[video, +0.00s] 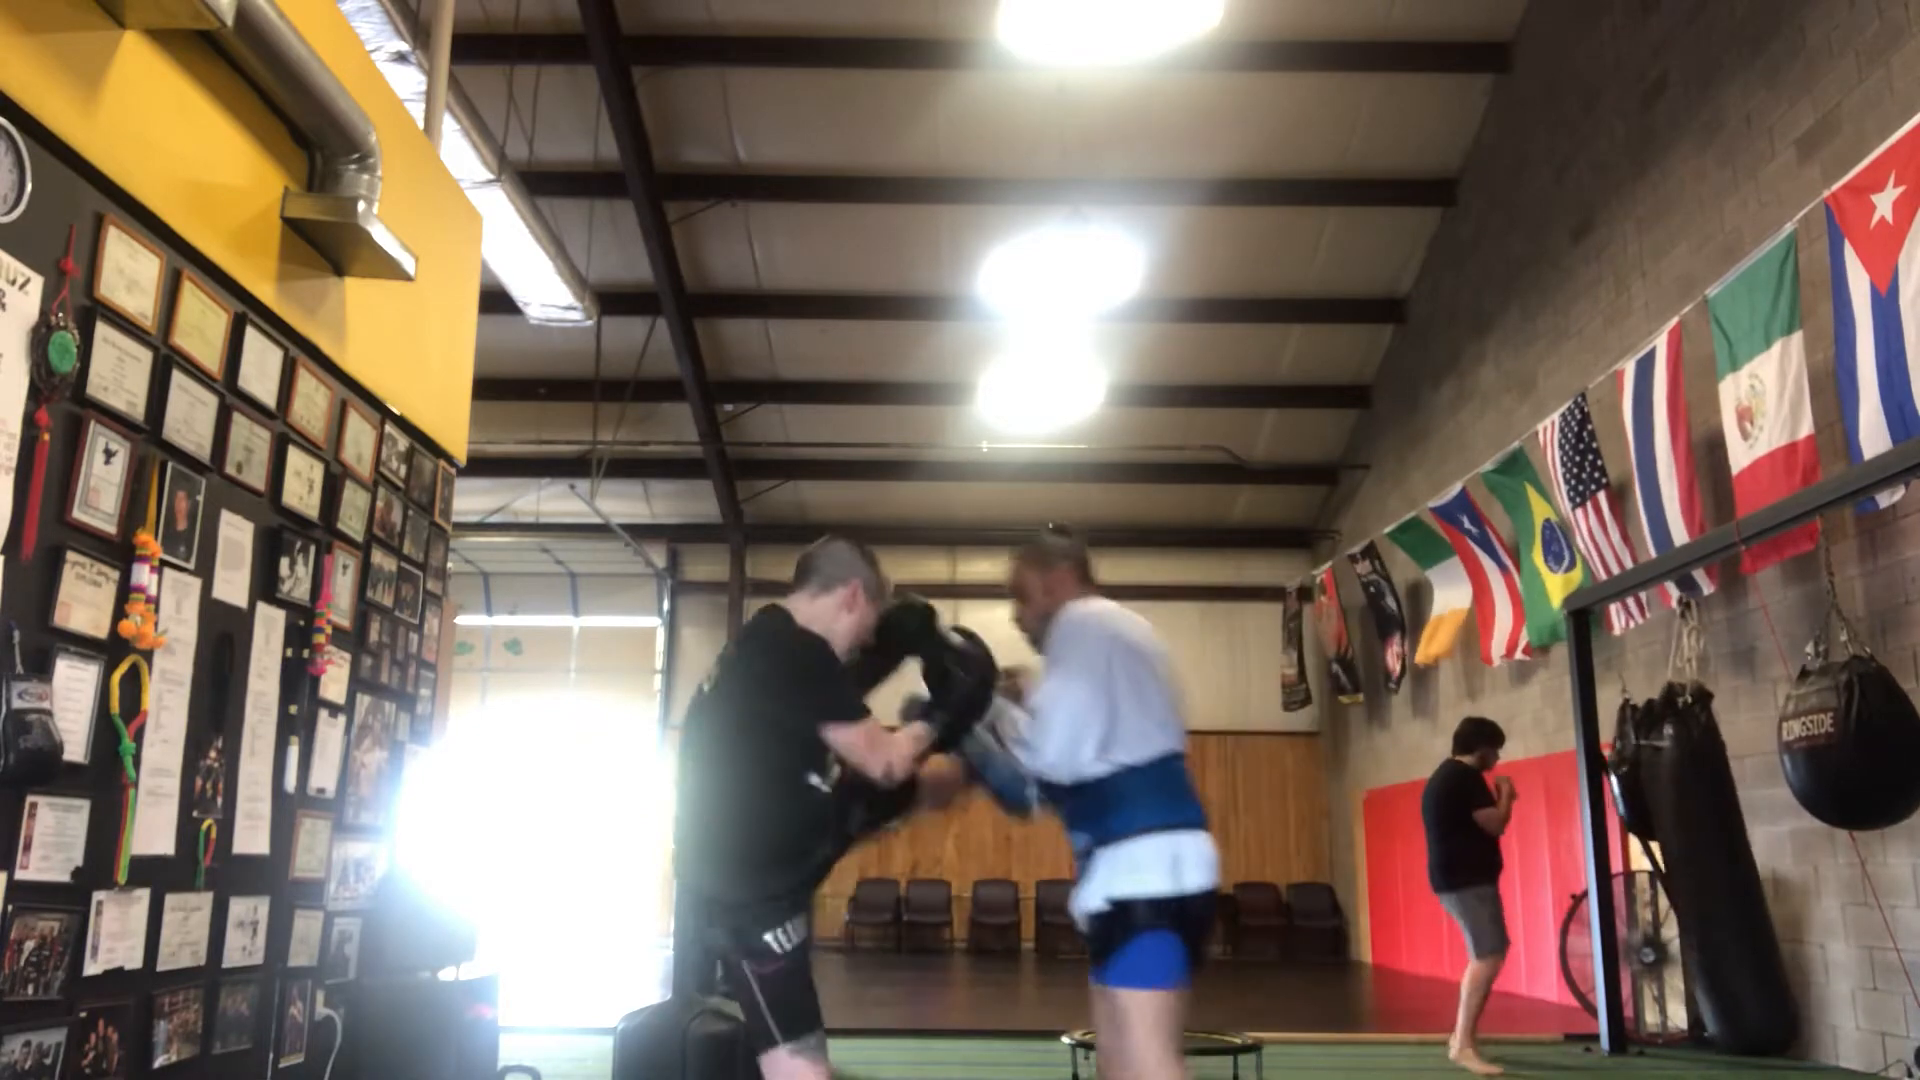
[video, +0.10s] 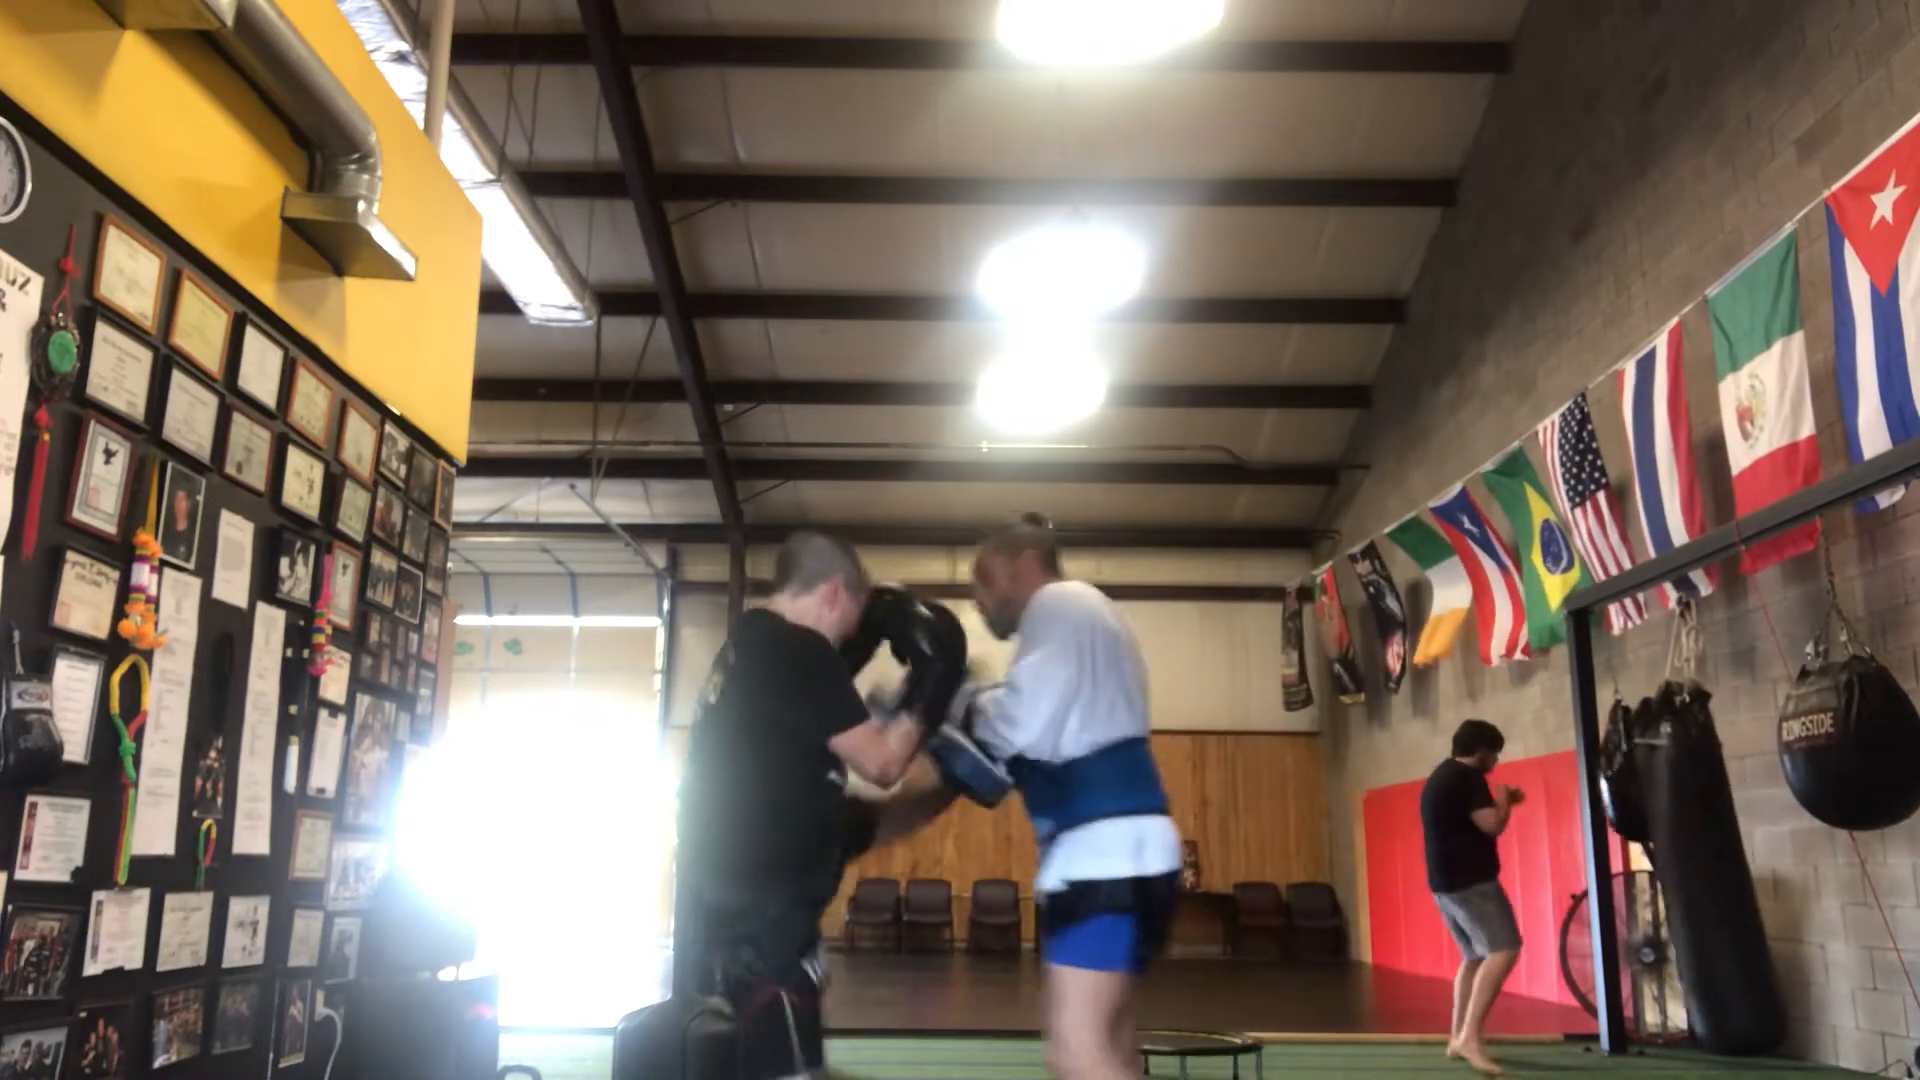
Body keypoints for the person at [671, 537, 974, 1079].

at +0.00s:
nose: (866, 638)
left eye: (875, 623)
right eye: (872, 619)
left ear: (805, 589)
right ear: (851, 597)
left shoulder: (758, 645)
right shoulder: (796, 654)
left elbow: (816, 717)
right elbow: (887, 762)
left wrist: (881, 654)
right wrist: (941, 709)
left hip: (720, 896)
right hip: (752, 905)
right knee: (798, 1066)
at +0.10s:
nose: (851, 623)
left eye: (860, 610)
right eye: (856, 606)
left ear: (788, 585)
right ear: (833, 593)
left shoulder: (747, 645)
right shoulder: (799, 655)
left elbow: (802, 723)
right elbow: (884, 763)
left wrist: (858, 642)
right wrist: (936, 674)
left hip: (718, 911)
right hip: (764, 924)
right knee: (784, 1063)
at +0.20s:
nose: (840, 616)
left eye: (843, 602)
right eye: (841, 600)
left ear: (766, 582)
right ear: (818, 586)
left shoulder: (737, 649)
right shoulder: (799, 656)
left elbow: (789, 721)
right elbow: (903, 738)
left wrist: (836, 649)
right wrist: (929, 642)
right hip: (768, 932)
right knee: (784, 1064)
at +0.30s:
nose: (835, 600)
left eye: (836, 587)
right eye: (834, 585)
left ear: (763, 574)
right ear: (813, 576)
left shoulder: (722, 647)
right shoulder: (811, 648)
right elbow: (913, 709)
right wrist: (942, 645)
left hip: (706, 891)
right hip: (773, 901)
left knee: (727, 1049)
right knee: (780, 1058)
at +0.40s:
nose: (833, 605)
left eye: (834, 592)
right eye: (834, 590)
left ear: (760, 580)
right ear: (814, 584)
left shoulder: (700, 653)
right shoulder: (827, 646)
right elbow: (926, 662)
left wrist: (839, 716)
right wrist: (941, 616)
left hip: (694, 912)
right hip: (786, 916)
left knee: (703, 1059)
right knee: (801, 1063)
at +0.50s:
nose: (834, 630)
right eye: (837, 619)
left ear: (761, 609)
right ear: (830, 618)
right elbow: (896, 628)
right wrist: (890, 594)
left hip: (677, 951)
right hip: (782, 952)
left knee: (643, 1066)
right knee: (860, 1065)